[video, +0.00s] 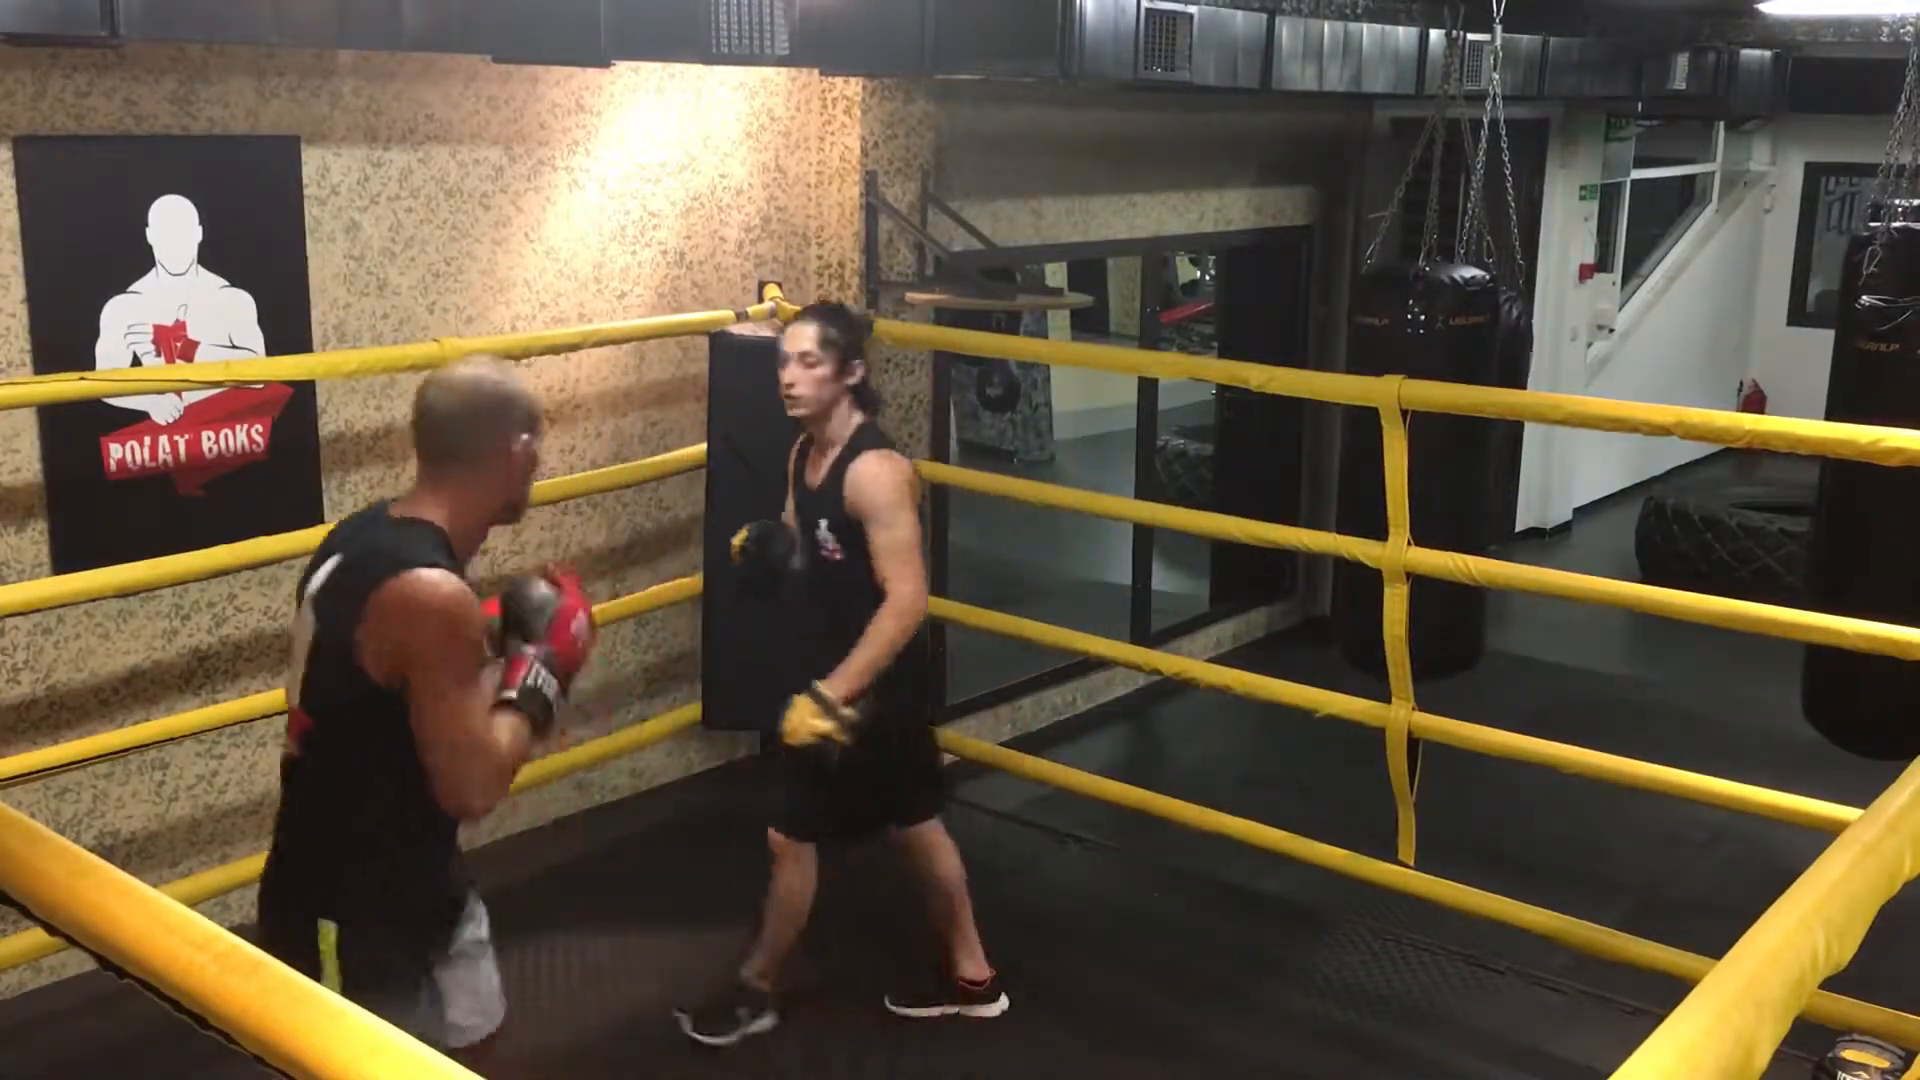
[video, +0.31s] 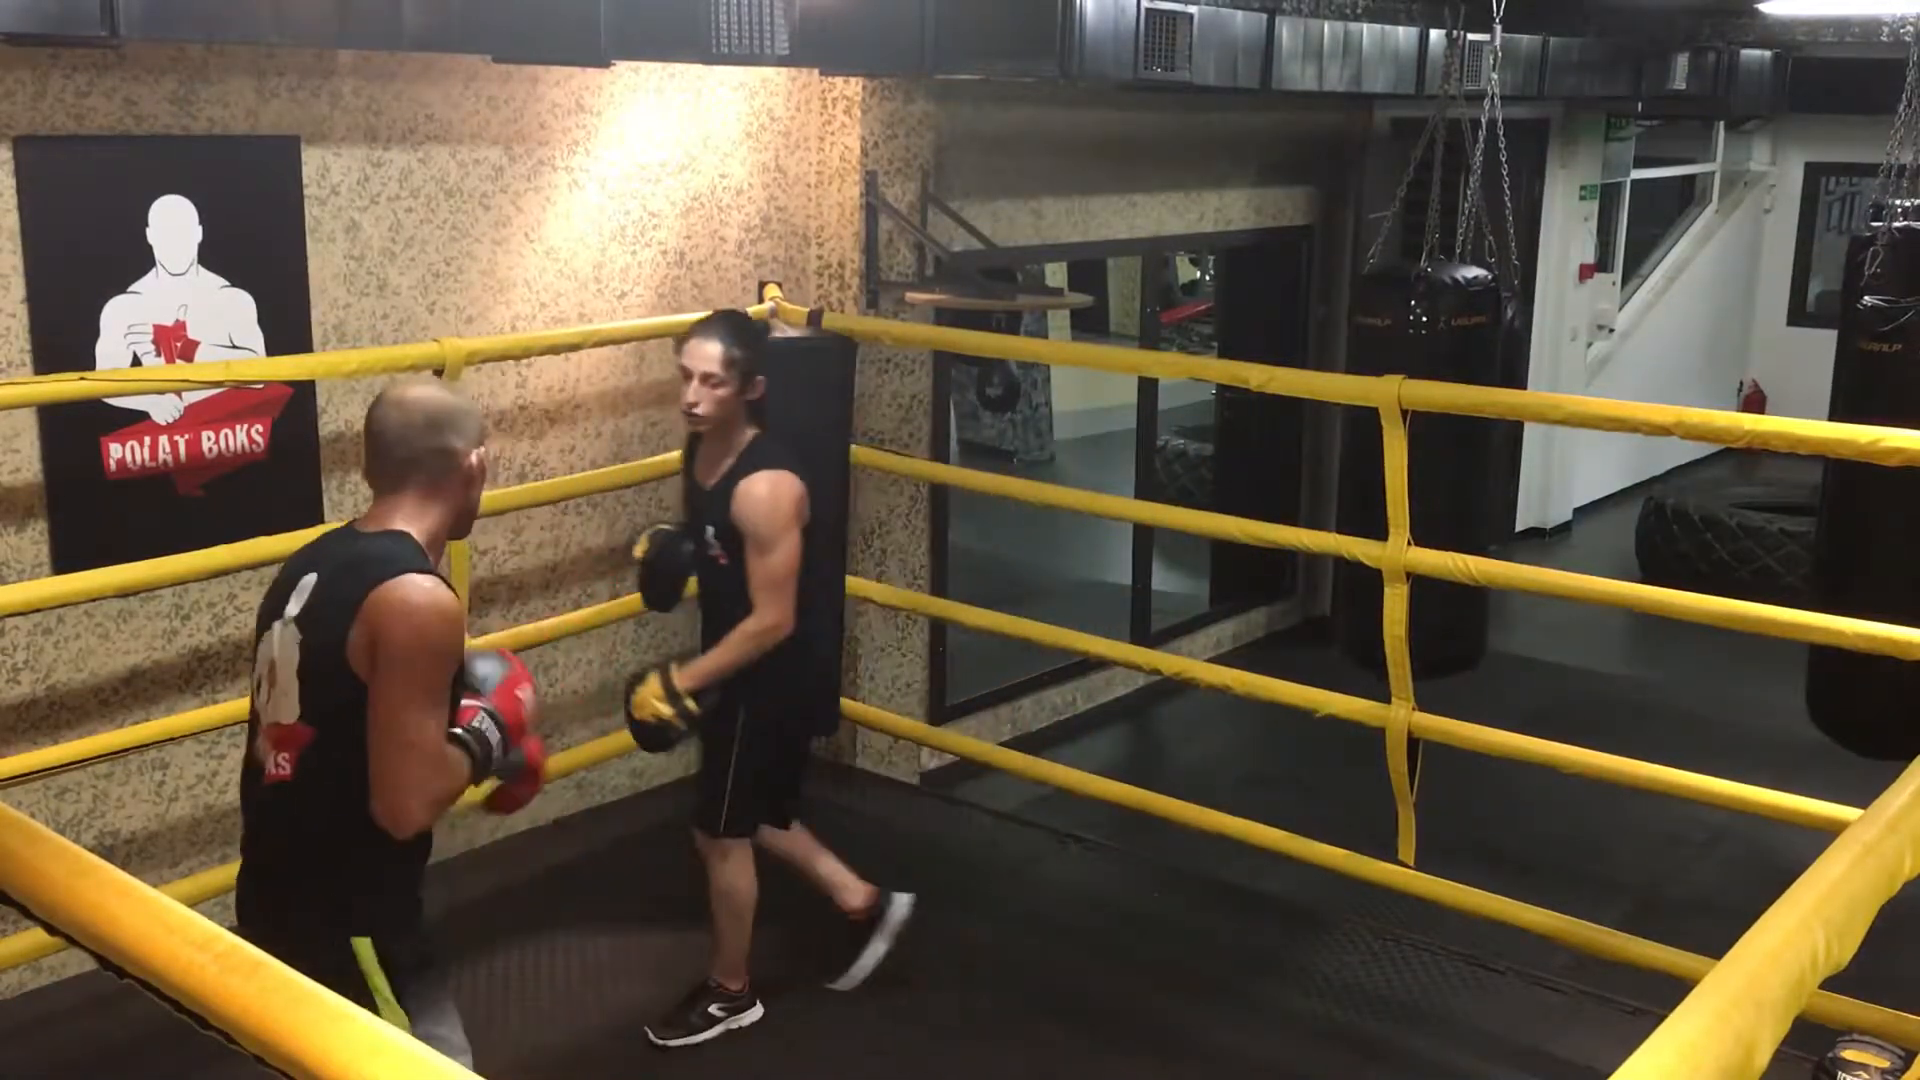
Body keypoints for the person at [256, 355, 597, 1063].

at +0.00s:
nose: (537, 463)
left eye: (538, 445)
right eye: (536, 445)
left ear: (432, 442)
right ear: (515, 453)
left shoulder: (354, 540)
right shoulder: (432, 596)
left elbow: (365, 709)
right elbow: (469, 786)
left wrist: (486, 637)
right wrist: (543, 672)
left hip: (318, 888)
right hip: (400, 910)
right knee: (460, 1060)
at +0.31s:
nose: (485, 476)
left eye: (484, 461)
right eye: (486, 461)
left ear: (372, 467)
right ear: (473, 467)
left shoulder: (308, 566)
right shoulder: (417, 600)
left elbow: (319, 741)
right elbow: (406, 804)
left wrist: (453, 731)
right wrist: (483, 731)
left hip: (276, 917)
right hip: (361, 938)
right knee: (439, 1072)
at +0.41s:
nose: (486, 488)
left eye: (482, 472)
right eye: (485, 475)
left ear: (366, 479)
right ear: (471, 486)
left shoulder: (291, 579)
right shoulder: (431, 631)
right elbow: (462, 828)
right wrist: (493, 711)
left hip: (265, 939)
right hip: (367, 961)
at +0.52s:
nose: (482, 519)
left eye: (479, 502)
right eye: (482, 504)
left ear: (364, 508)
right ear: (471, 514)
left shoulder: (279, 605)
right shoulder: (456, 666)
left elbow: (183, 755)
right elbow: (520, 845)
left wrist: (289, 788)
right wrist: (513, 729)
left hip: (246, 958)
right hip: (364, 975)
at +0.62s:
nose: (482, 512)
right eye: (486, 496)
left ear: (364, 491)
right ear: (478, 501)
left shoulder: (269, 592)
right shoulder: (459, 650)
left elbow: (166, 755)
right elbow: (519, 832)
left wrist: (275, 769)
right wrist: (490, 697)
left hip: (246, 957)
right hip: (369, 973)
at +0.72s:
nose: (479, 491)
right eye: (481, 476)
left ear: (357, 478)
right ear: (473, 482)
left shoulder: (281, 573)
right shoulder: (458, 621)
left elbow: (161, 737)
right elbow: (481, 808)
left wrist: (274, 729)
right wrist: (475, 662)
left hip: (263, 927)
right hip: (378, 942)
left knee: (278, 1062)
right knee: (389, 1068)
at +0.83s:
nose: (478, 481)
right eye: (476, 468)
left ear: (349, 476)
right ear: (467, 476)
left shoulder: (270, 586)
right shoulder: (454, 621)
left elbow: (189, 750)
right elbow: (490, 812)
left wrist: (302, 741)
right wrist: (489, 702)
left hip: (272, 933)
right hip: (385, 948)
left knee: (287, 1067)